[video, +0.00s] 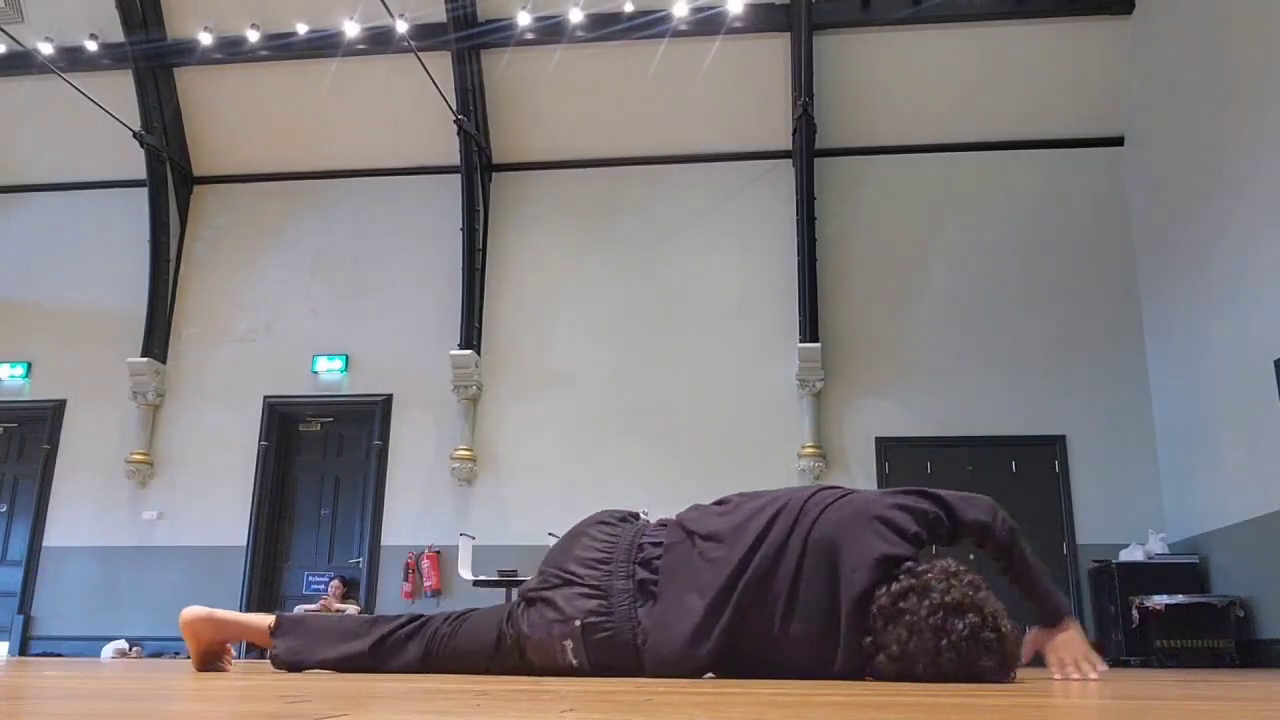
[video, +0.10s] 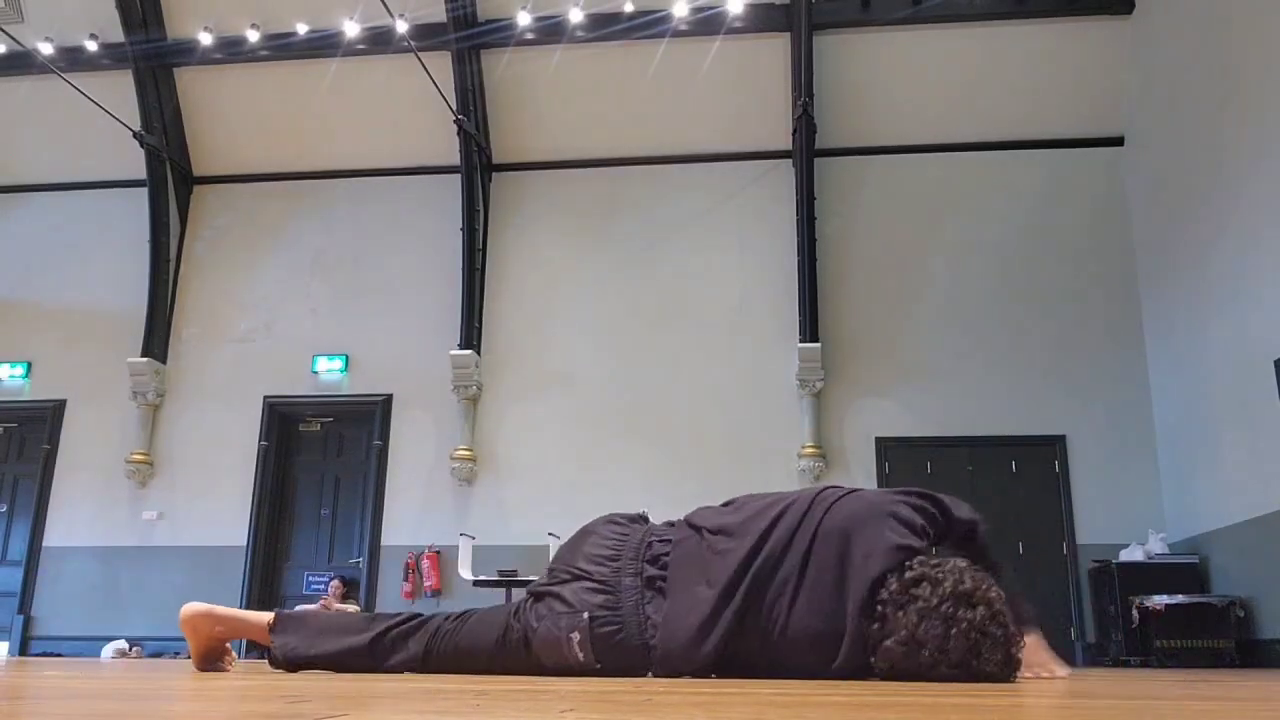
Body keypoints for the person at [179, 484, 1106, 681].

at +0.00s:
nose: (973, 673)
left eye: (986, 660)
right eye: (953, 676)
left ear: (975, 592)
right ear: (893, 659)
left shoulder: (894, 527)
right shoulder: (845, 661)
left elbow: (989, 518)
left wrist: (1057, 622)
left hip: (627, 548)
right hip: (603, 630)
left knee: (467, 622)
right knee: (417, 638)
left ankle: (322, 620)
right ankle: (266, 634)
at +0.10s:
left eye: (1000, 658)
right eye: (953, 669)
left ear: (982, 593)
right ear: (900, 652)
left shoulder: (894, 520)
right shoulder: (869, 658)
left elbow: (969, 538)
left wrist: (1019, 631)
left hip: (626, 549)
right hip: (604, 622)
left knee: (454, 629)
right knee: (416, 640)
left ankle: (314, 620)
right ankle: (255, 631)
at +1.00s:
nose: (950, 668)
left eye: (966, 661)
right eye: (958, 657)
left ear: (934, 598)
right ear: (931, 623)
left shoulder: (872, 588)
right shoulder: (854, 617)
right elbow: (750, 664)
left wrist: (897, 657)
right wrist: (886, 673)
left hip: (650, 601)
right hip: (637, 616)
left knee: (481, 642)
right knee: (460, 650)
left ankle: (324, 612)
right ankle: (292, 606)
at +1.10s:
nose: (948, 662)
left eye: (963, 655)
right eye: (954, 649)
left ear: (938, 605)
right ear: (930, 613)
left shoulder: (872, 591)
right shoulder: (848, 610)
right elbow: (741, 664)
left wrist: (888, 655)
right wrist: (867, 672)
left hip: (651, 605)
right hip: (634, 616)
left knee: (477, 648)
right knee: (459, 656)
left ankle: (331, 614)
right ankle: (299, 627)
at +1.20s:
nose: (947, 656)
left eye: (963, 651)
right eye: (951, 640)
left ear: (943, 609)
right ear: (924, 598)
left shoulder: (877, 594)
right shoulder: (847, 603)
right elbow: (739, 655)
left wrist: (885, 651)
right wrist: (862, 662)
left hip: (656, 607)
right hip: (640, 608)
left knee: (481, 650)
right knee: (464, 656)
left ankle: (335, 625)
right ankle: (319, 643)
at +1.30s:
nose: (950, 651)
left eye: (964, 646)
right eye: (950, 634)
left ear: (945, 611)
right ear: (919, 593)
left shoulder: (884, 600)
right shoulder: (839, 595)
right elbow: (729, 659)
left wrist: (886, 655)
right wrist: (861, 665)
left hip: (661, 620)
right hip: (642, 599)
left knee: (487, 654)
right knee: (475, 659)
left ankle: (348, 627)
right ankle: (333, 643)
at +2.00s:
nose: (880, 636)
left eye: (900, 639)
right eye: (884, 614)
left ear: (912, 644)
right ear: (875, 575)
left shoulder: (866, 606)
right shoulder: (784, 565)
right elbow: (717, 653)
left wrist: (887, 658)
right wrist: (826, 661)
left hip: (716, 636)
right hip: (682, 590)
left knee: (613, 647)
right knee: (589, 655)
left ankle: (517, 637)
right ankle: (499, 653)